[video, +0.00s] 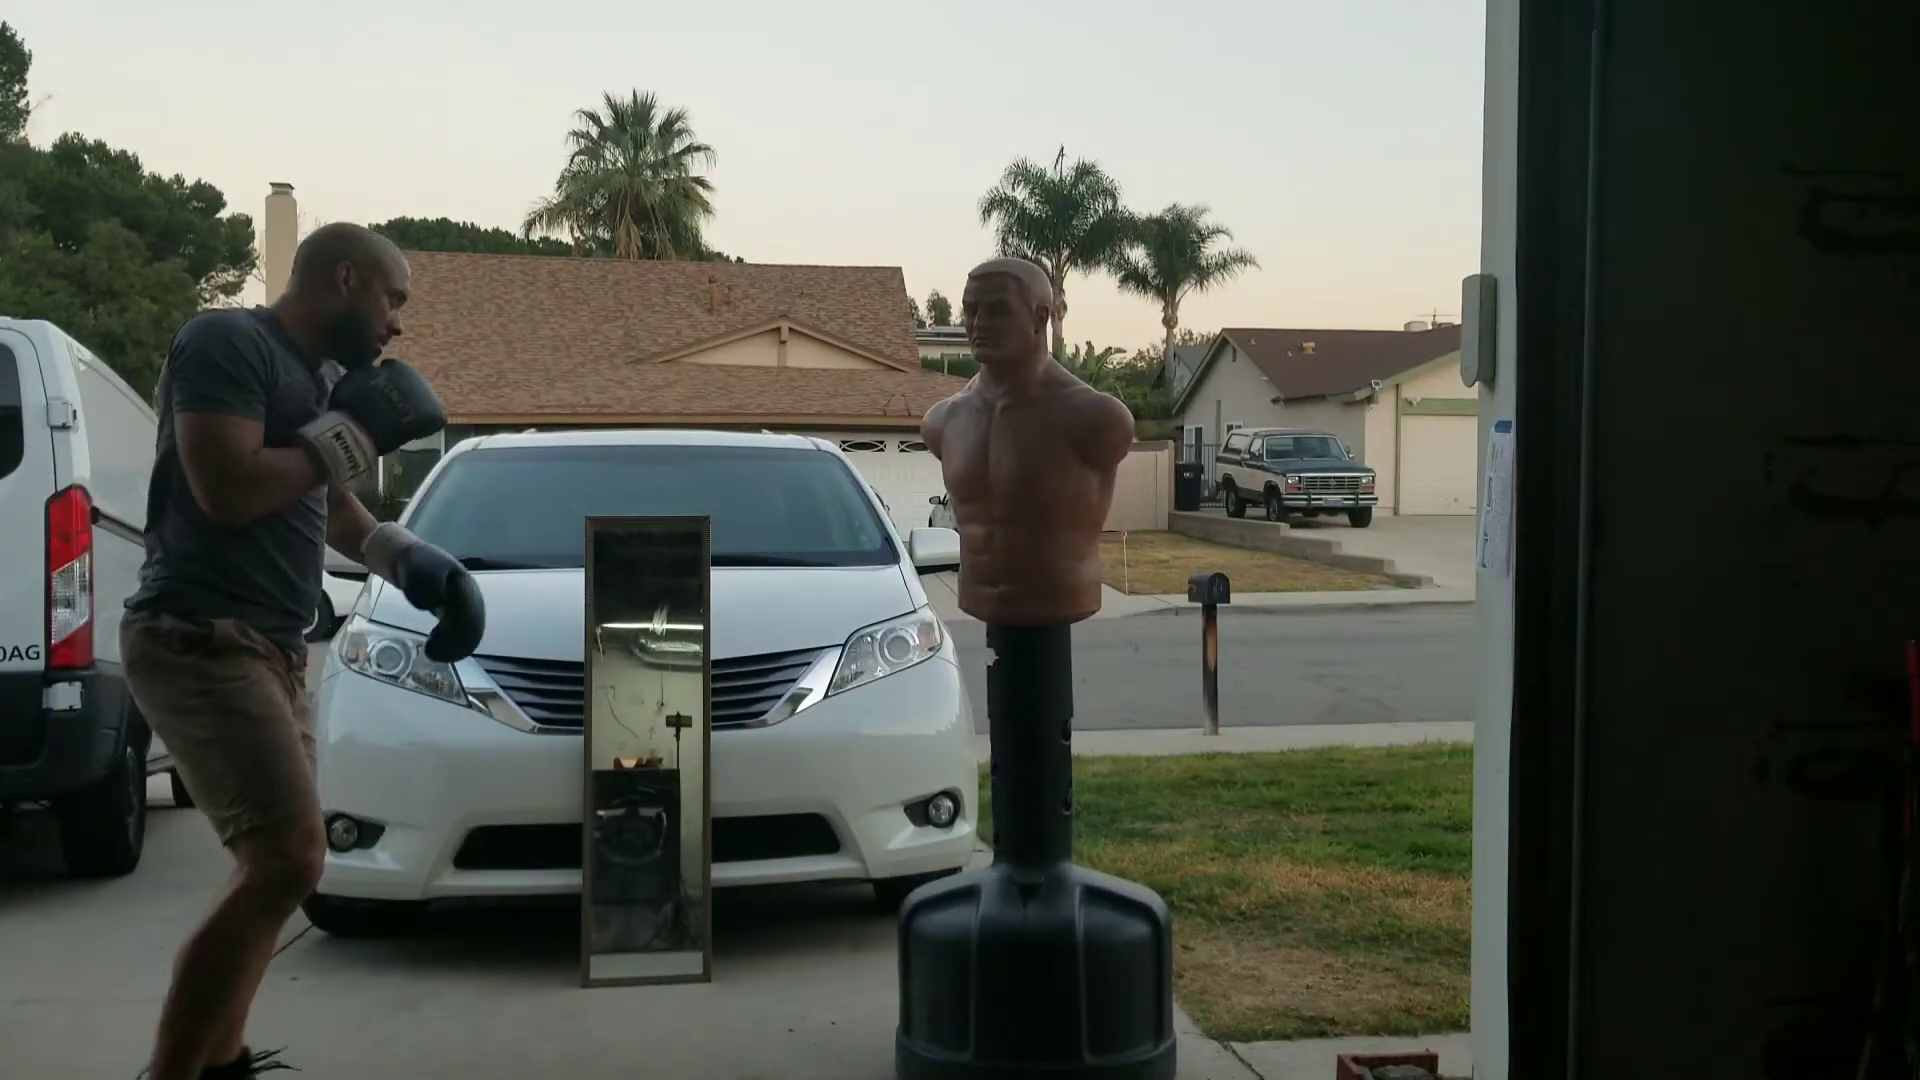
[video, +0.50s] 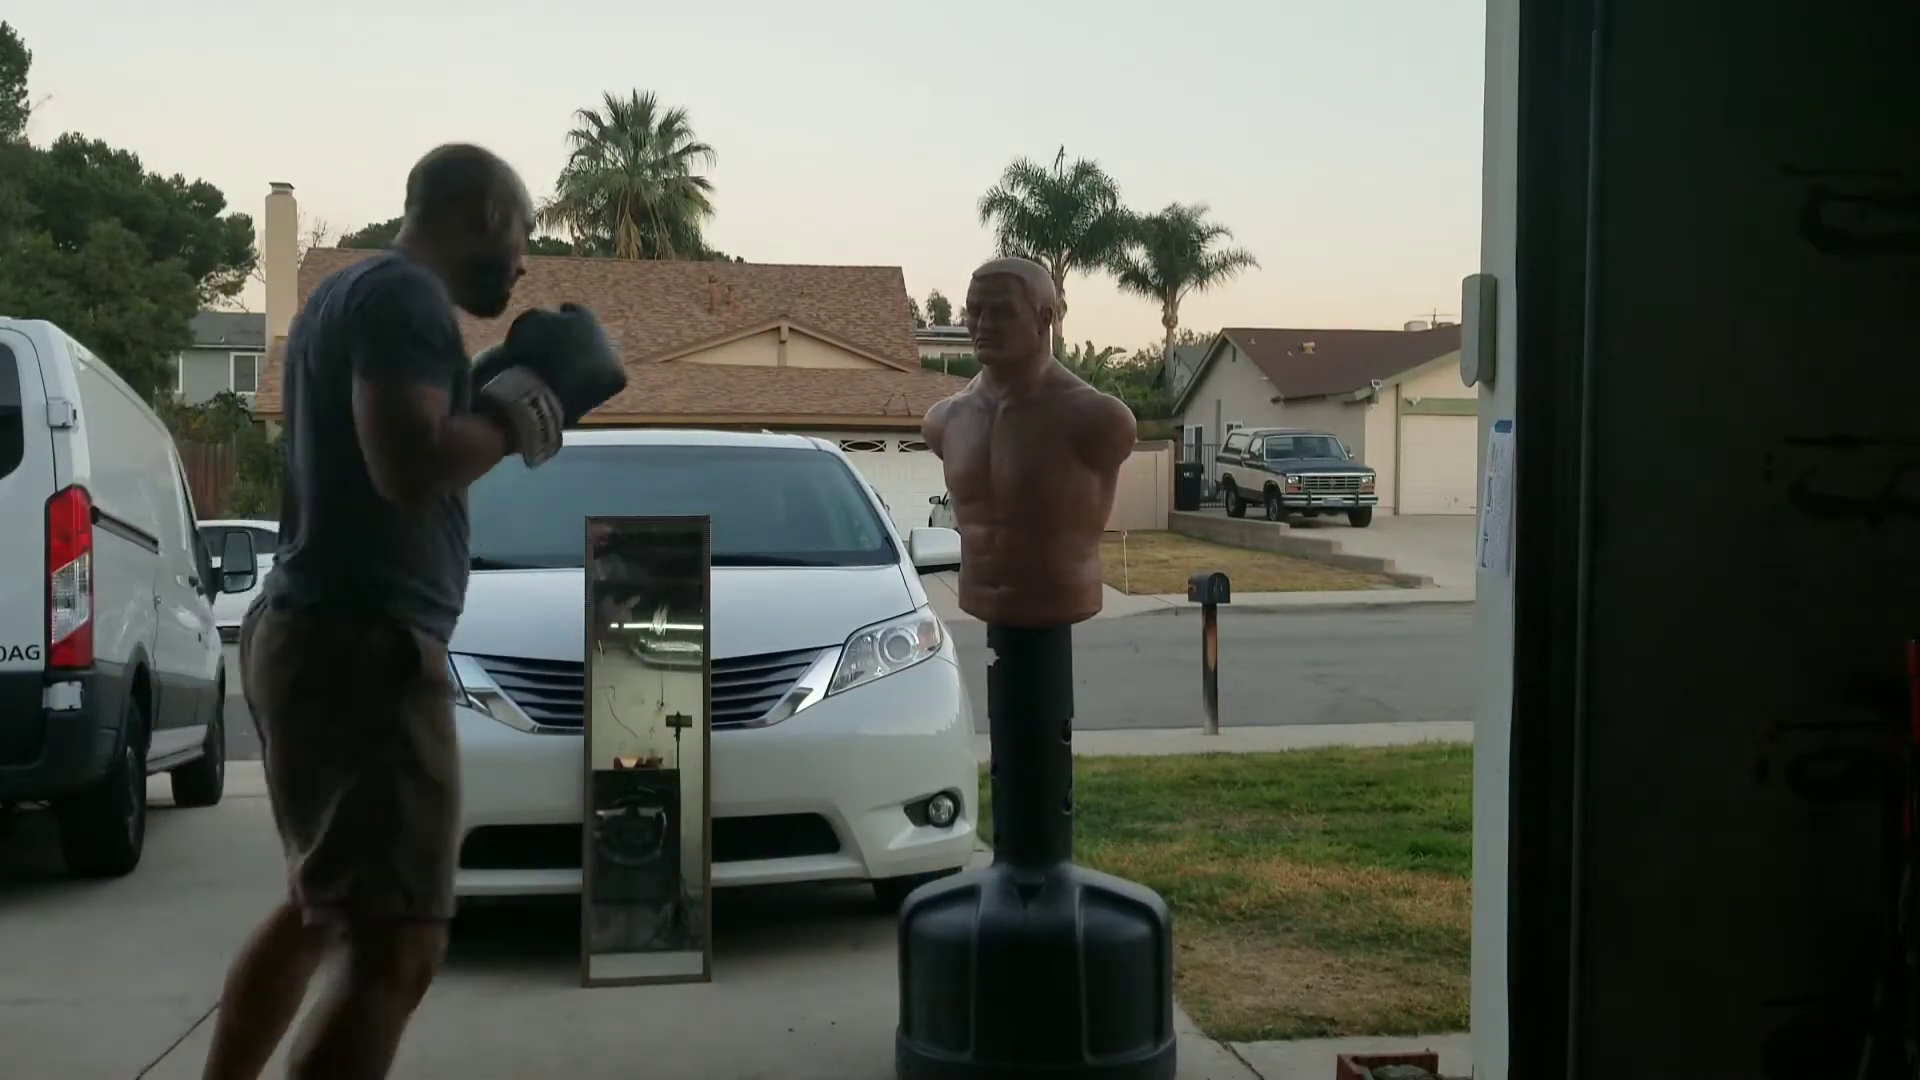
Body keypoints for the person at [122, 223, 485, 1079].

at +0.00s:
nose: (399, 321)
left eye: (403, 303)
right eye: (393, 298)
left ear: (342, 283)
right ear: (344, 279)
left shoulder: (321, 381)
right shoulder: (225, 341)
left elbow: (332, 506)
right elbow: (227, 490)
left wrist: (404, 553)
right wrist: (350, 432)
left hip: (271, 649)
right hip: (198, 641)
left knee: (284, 864)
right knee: (286, 859)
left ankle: (220, 1057)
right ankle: (172, 1070)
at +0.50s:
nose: (526, 259)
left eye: (529, 236)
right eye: (522, 233)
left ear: (429, 214)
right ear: (479, 219)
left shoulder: (341, 294)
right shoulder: (403, 294)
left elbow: (382, 449)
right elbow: (413, 465)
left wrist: (493, 389)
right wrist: (517, 414)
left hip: (303, 634)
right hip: (369, 645)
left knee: (316, 907)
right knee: (400, 947)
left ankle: (224, 1071)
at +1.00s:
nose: (710, 255)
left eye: (711, 240)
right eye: (708, 238)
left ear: (599, 225)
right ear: (686, 229)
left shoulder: (503, 311)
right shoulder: (665, 288)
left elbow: (463, 489)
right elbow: (727, 481)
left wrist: (587, 422)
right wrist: (768, 390)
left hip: (511, 665)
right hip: (612, 665)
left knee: (624, 917)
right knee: (692, 966)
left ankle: (576, 1070)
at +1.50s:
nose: (849, 405)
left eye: (850, 391)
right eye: (847, 388)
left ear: (752, 379)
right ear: (831, 389)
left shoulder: (682, 437)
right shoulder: (771, 454)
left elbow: (724, 583)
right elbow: (868, 598)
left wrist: (851, 571)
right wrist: (898, 472)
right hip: (614, 753)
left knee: (747, 901)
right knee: (677, 1049)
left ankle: (767, 1072)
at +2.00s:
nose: (729, 360)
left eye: (730, 342)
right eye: (725, 340)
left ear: (632, 332)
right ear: (694, 337)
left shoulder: (566, 404)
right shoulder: (637, 413)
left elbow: (603, 537)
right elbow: (756, 540)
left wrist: (728, 458)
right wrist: (811, 428)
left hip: (619, 724)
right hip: (539, 730)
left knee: (725, 855)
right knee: (555, 1007)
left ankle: (674, 1066)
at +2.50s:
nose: (747, 439)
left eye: (739, 428)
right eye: (742, 428)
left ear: (660, 435)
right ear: (728, 430)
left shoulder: (607, 490)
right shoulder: (754, 474)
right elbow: (891, 422)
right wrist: (974, 366)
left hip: (563, 708)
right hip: (639, 727)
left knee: (684, 839)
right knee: (514, 943)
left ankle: (704, 1032)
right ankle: (362, 1072)